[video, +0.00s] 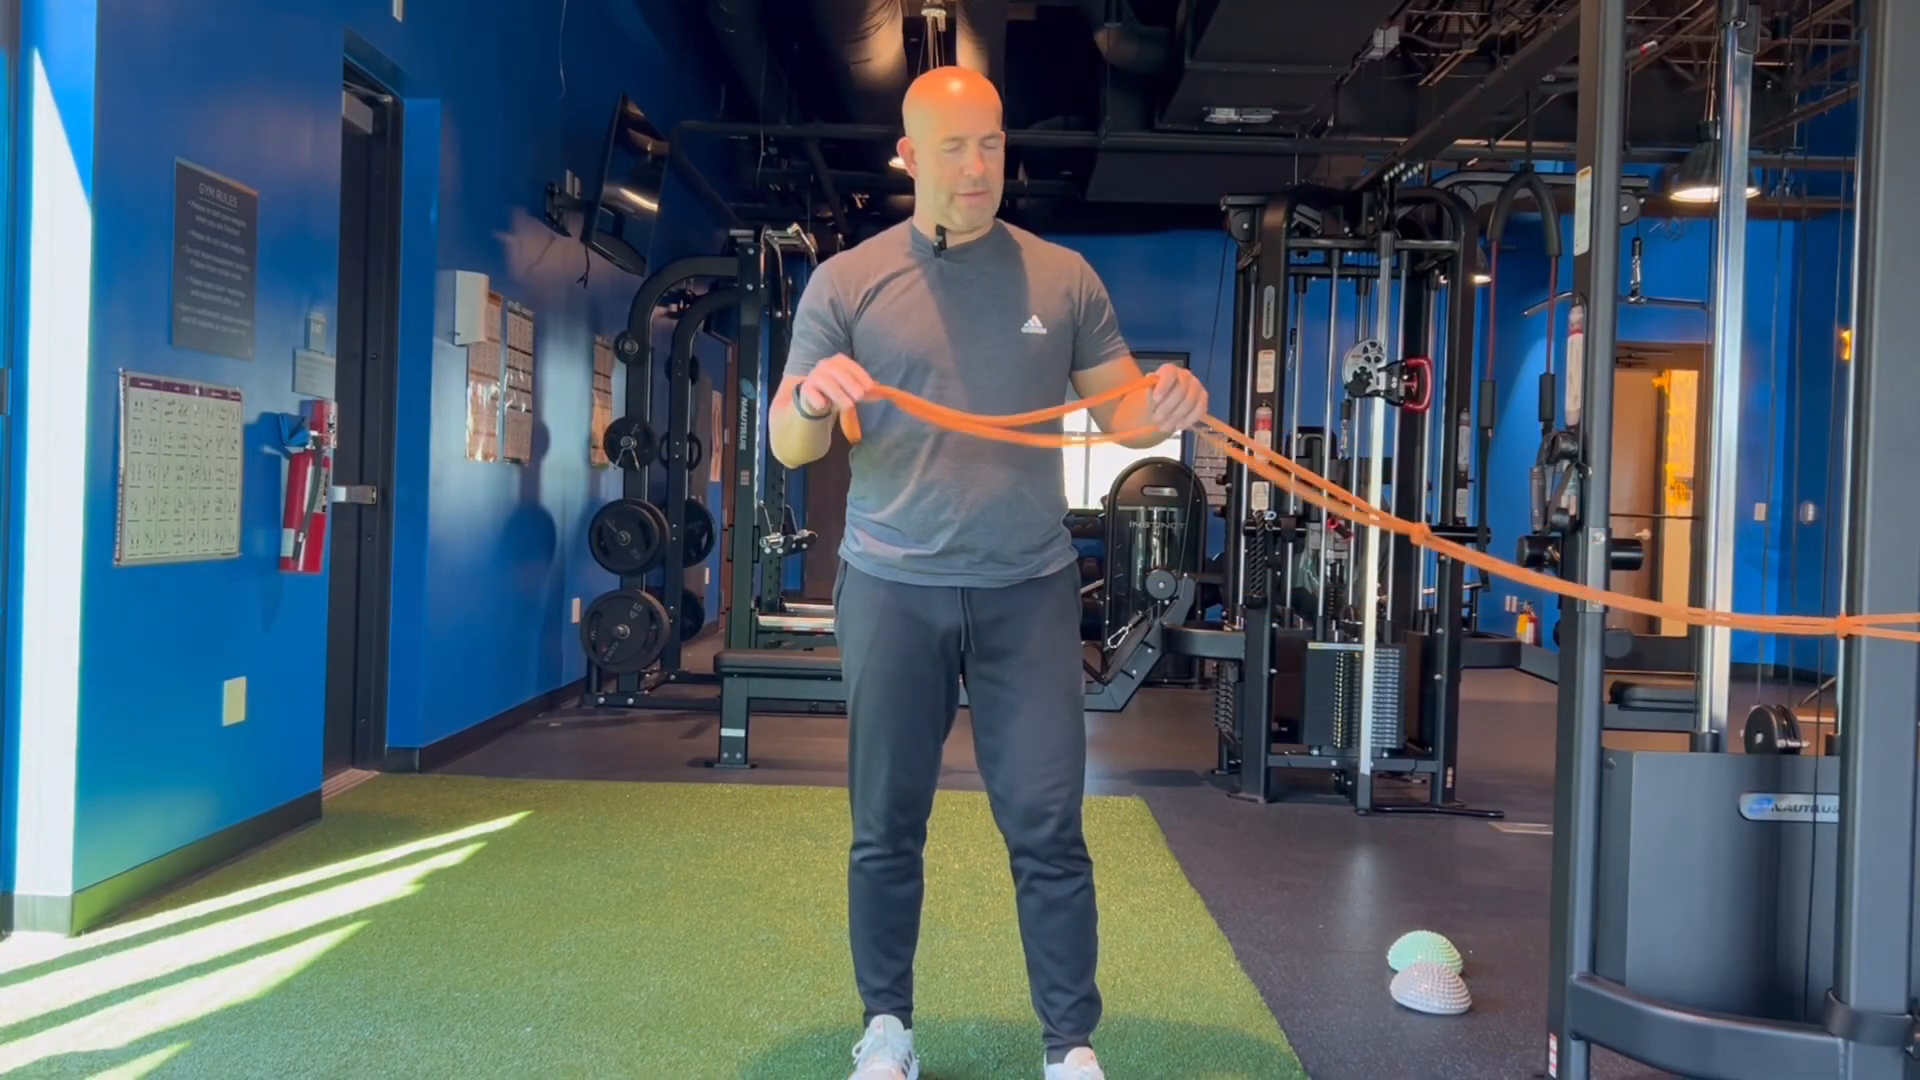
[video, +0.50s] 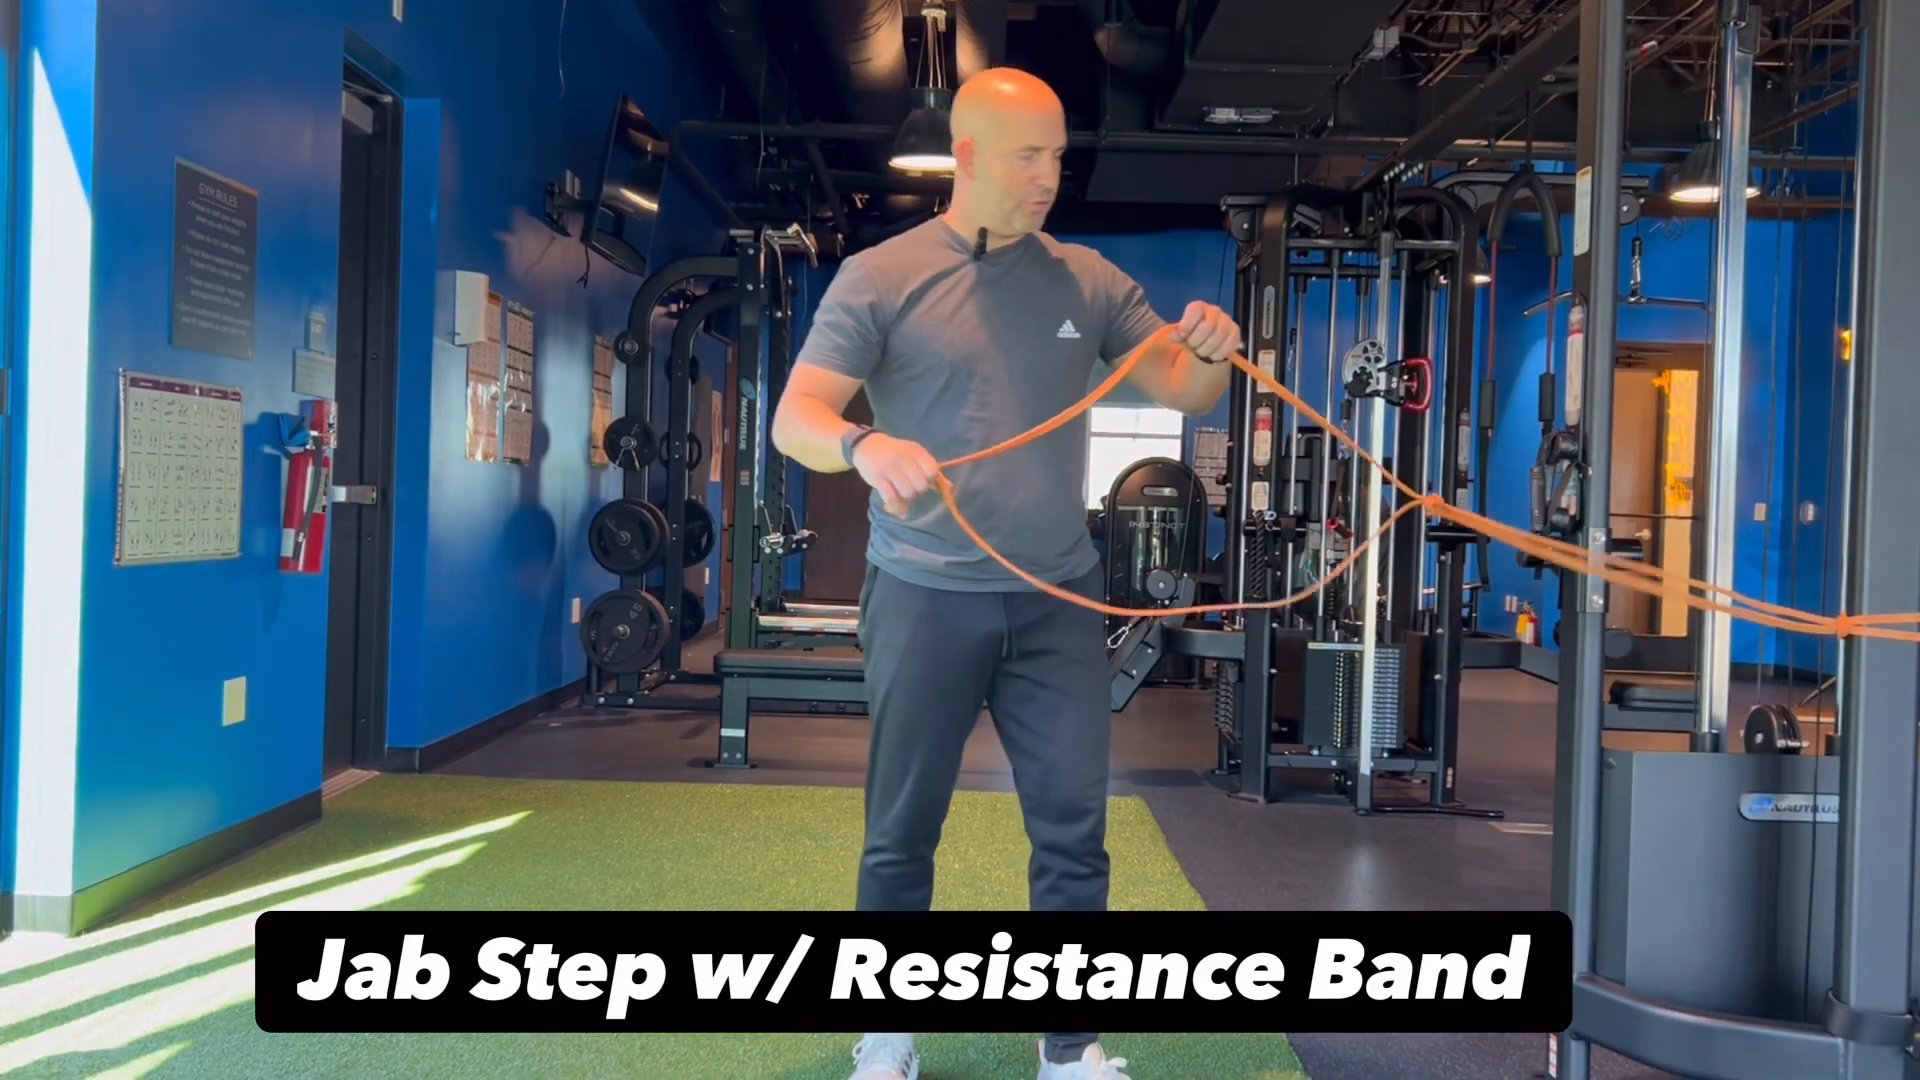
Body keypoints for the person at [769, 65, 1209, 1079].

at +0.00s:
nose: (980, 166)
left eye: (992, 145)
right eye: (957, 148)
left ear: (1006, 150)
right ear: (909, 160)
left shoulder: (1065, 279)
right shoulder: (845, 285)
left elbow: (1123, 420)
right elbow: (788, 448)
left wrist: (1167, 402)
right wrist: (810, 399)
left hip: (1031, 585)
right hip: (892, 586)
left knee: (1047, 822)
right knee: (887, 824)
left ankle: (1071, 1043)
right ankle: (887, 1021)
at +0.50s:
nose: (1053, 177)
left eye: (1059, 158)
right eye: (1033, 157)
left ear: (1055, 161)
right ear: (968, 159)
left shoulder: (1088, 279)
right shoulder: (879, 277)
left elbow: (1189, 392)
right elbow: (796, 419)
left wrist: (1213, 350)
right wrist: (861, 446)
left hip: (1061, 593)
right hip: (926, 592)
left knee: (1074, 831)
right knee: (901, 836)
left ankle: (1071, 1044)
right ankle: (883, 1035)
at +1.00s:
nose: (1161, 178)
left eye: (1167, 159)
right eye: (1149, 155)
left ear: (1101, 154)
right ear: (1079, 144)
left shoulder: (1154, 292)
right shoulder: (950, 256)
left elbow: (1218, 422)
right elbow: (860, 408)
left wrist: (1285, 486)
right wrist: (916, 347)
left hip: (1106, 593)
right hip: (979, 578)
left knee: (1096, 834)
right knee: (960, 798)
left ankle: (1073, 1047)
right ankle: (856, 1006)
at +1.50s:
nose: (1079, 134)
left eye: (1077, 115)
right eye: (1059, 114)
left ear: (1025, 130)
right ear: (986, 126)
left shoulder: (1073, 276)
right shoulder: (879, 256)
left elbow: (1147, 408)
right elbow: (820, 424)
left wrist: (1257, 488)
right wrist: (905, 387)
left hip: (1052, 587)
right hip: (927, 585)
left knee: (1084, 830)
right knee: (895, 837)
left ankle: (1071, 1051)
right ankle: (870, 1055)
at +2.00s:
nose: (1122, 118)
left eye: (1128, 104)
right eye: (1095, 101)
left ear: (1132, 134)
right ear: (1037, 127)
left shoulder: (1140, 277)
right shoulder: (981, 252)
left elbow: (1179, 412)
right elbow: (973, 422)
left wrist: (1231, 455)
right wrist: (1135, 471)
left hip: (1110, 592)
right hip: (997, 584)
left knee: (1109, 836)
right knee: (955, 831)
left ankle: (1089, 1051)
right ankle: (877, 1045)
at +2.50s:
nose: (1264, 133)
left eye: (1261, 115)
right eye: (1242, 114)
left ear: (1200, 137)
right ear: (1173, 131)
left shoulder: (1232, 282)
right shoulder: (1100, 246)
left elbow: (1233, 429)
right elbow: (1060, 417)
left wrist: (1296, 451)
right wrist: (1236, 455)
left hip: (1202, 588)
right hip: (1109, 581)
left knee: (1179, 839)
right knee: (1132, 838)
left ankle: (1099, 1042)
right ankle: (1091, 1059)